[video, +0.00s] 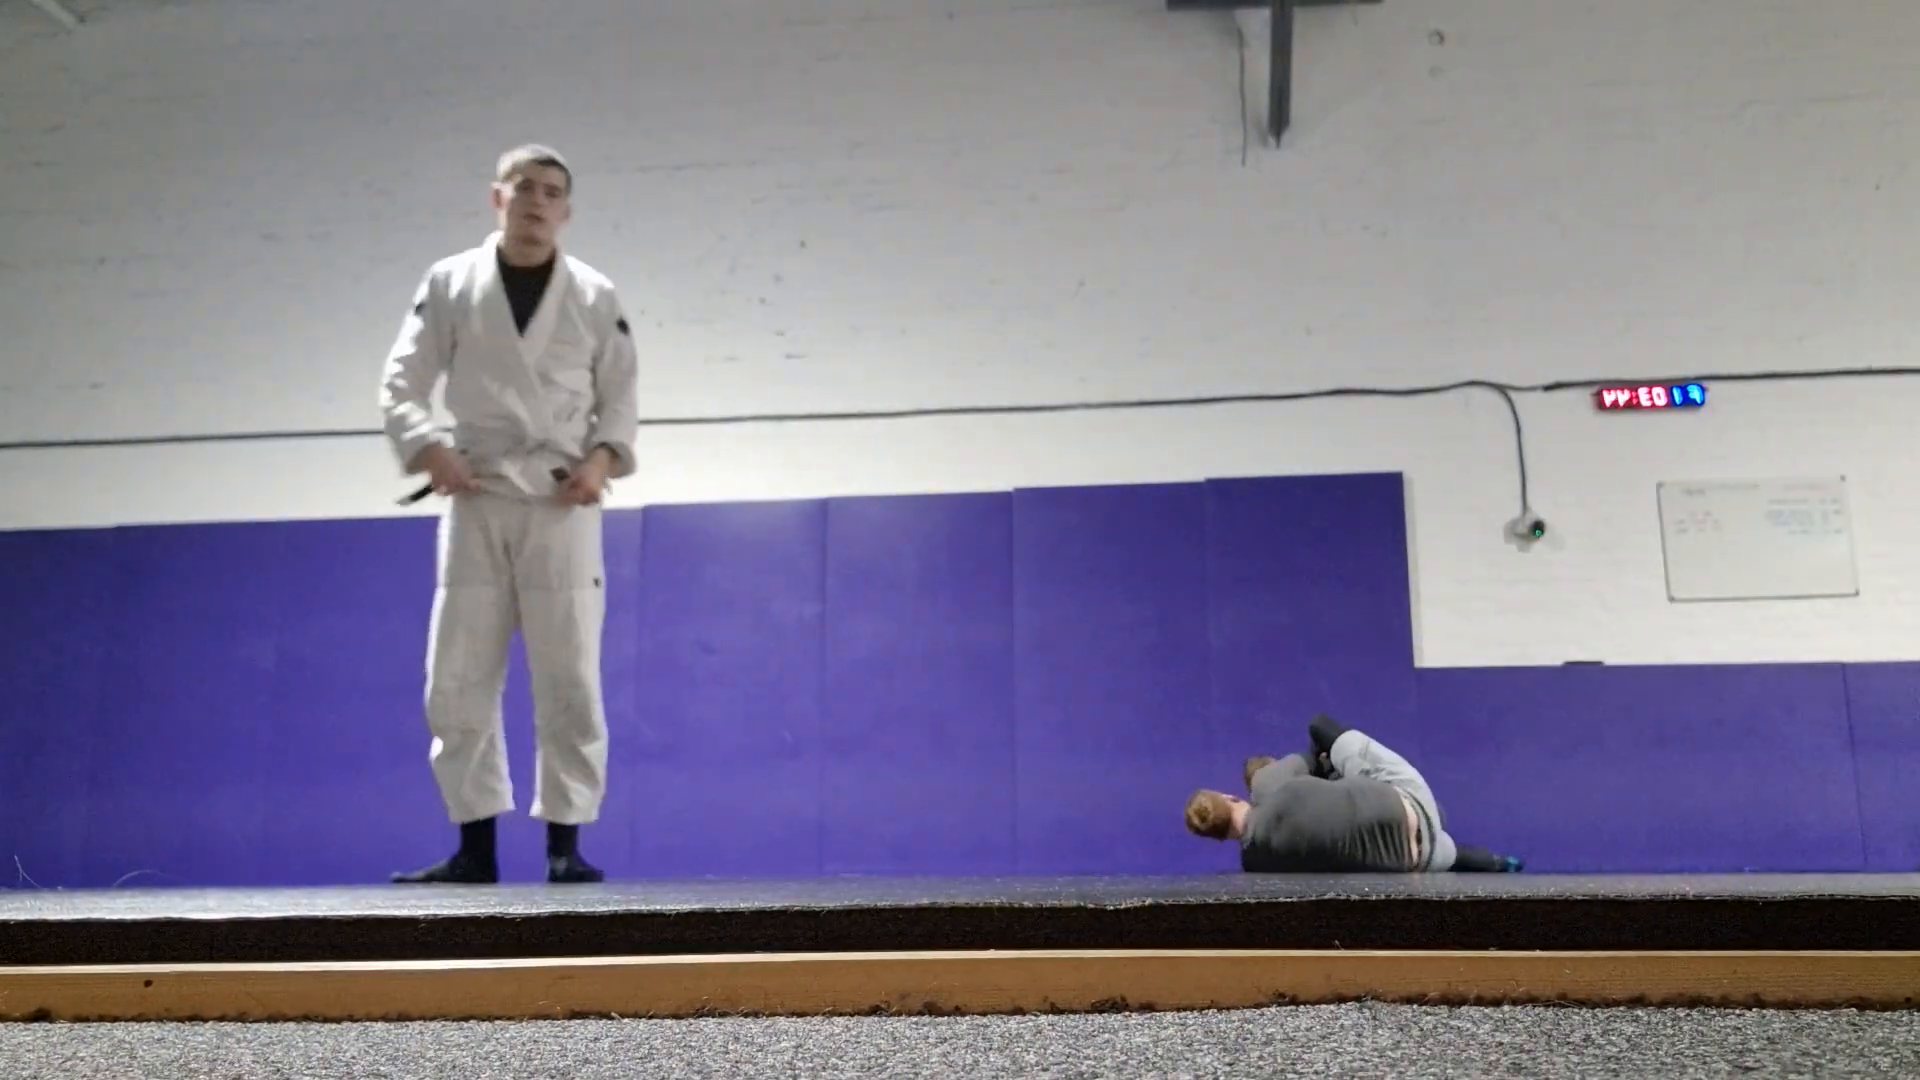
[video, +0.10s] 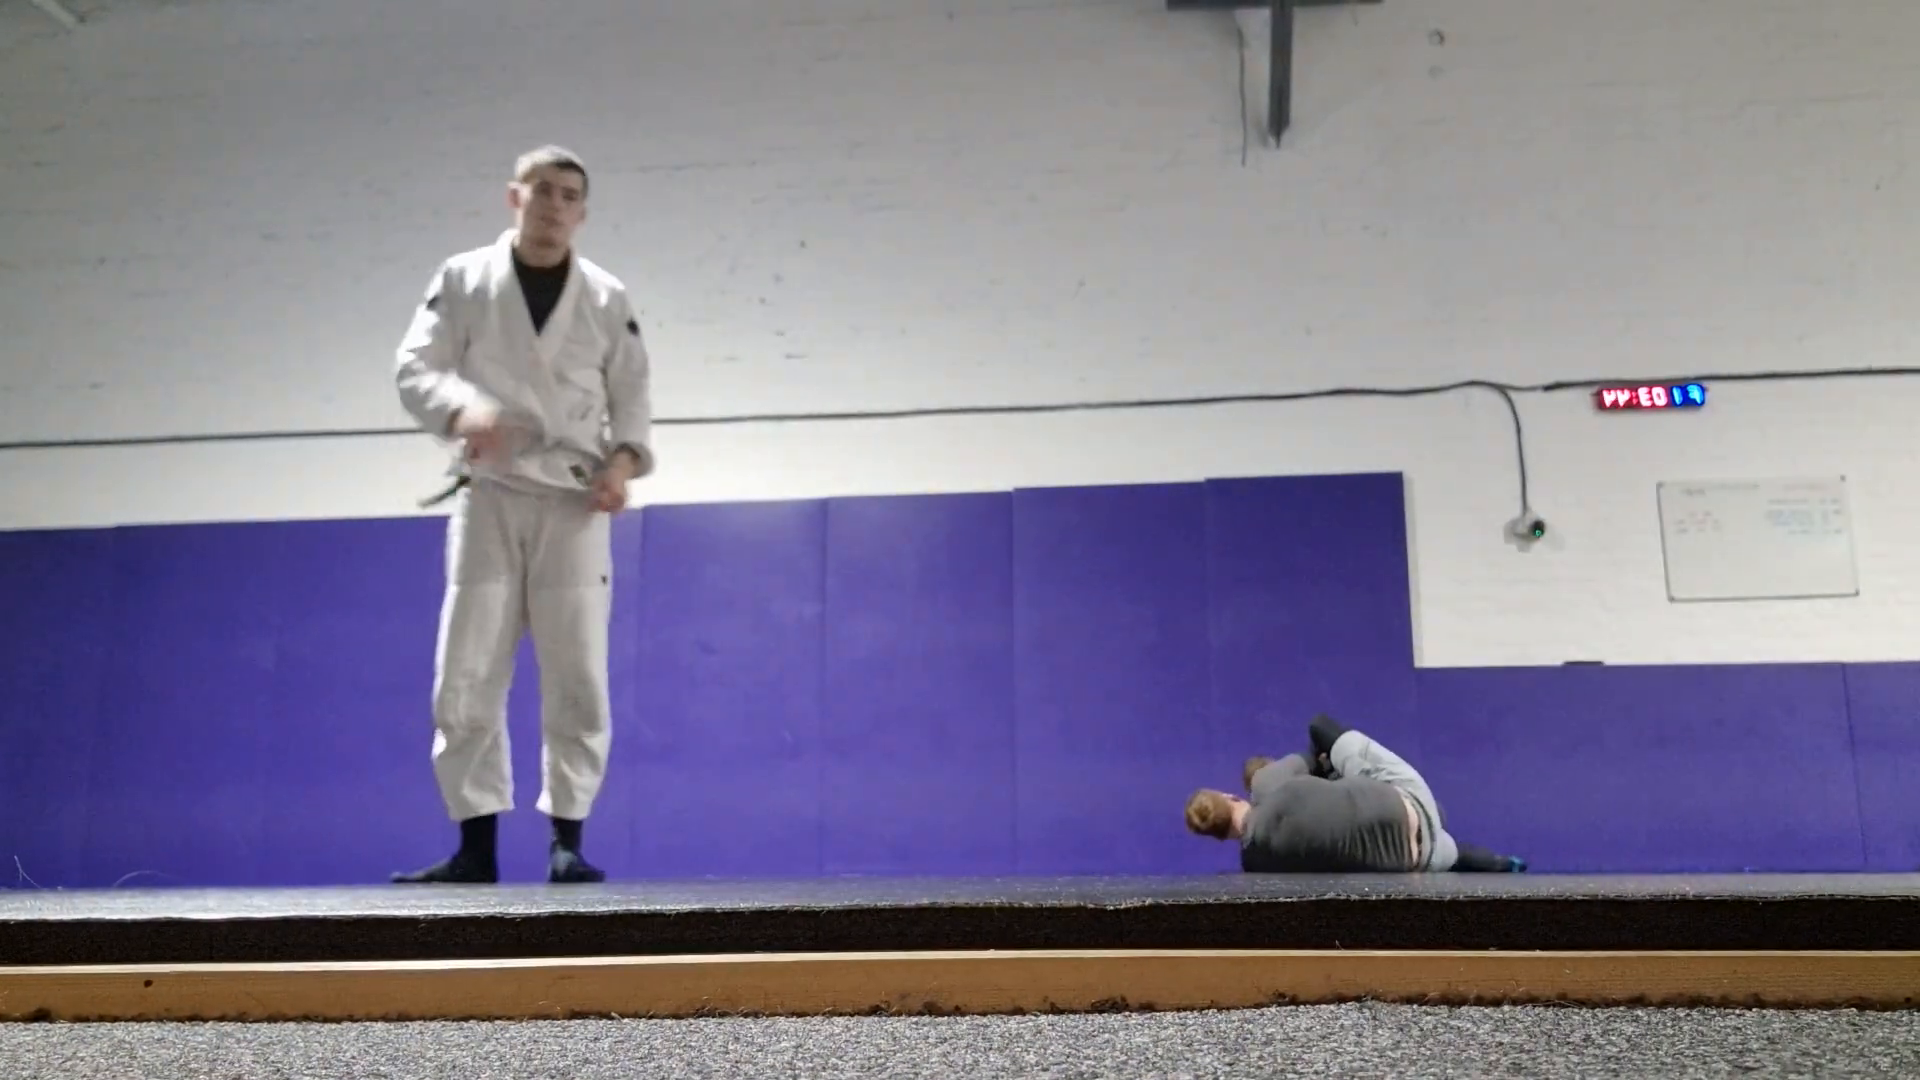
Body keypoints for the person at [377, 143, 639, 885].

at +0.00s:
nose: (535, 204)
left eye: (550, 194)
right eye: (524, 190)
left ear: (568, 212)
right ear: (496, 198)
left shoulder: (596, 300)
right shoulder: (449, 285)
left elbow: (620, 403)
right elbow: (401, 387)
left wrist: (601, 463)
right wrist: (430, 448)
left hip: (564, 503)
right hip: (474, 500)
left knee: (569, 676)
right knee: (459, 675)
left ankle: (565, 849)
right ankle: (475, 849)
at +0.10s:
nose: (553, 207)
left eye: (567, 197)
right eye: (541, 192)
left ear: (584, 213)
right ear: (513, 197)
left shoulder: (608, 300)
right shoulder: (463, 280)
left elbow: (632, 399)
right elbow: (415, 371)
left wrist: (624, 462)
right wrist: (466, 409)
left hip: (576, 507)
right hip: (487, 501)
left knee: (577, 672)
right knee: (469, 671)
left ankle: (568, 848)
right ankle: (475, 851)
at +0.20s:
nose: (562, 216)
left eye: (578, 205)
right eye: (550, 200)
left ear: (595, 217)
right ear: (525, 203)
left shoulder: (617, 304)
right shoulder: (476, 280)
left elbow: (643, 397)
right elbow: (426, 362)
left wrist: (653, 474)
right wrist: (494, 343)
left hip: (587, 504)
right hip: (499, 499)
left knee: (587, 674)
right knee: (474, 672)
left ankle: (568, 849)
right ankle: (477, 852)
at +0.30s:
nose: (578, 226)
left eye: (590, 215)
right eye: (566, 210)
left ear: (605, 221)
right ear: (535, 208)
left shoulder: (624, 306)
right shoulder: (488, 279)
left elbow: (652, 401)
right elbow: (450, 355)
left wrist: (678, 481)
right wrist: (520, 290)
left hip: (592, 501)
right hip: (505, 495)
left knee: (588, 670)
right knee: (478, 667)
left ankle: (569, 847)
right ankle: (478, 849)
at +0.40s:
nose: (578, 230)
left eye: (593, 219)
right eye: (567, 214)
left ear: (610, 226)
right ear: (540, 212)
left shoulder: (630, 309)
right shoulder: (496, 280)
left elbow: (660, 404)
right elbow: (463, 341)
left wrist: (695, 484)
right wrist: (533, 269)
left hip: (600, 499)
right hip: (512, 492)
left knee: (592, 668)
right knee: (481, 665)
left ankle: (569, 845)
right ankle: (481, 848)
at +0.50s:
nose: (586, 233)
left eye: (600, 223)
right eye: (575, 217)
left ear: (616, 230)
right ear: (548, 214)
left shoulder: (633, 311)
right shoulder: (503, 280)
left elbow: (663, 404)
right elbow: (465, 329)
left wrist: (698, 482)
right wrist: (539, 264)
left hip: (603, 499)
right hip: (516, 493)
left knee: (594, 667)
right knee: (484, 666)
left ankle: (569, 846)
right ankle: (480, 848)